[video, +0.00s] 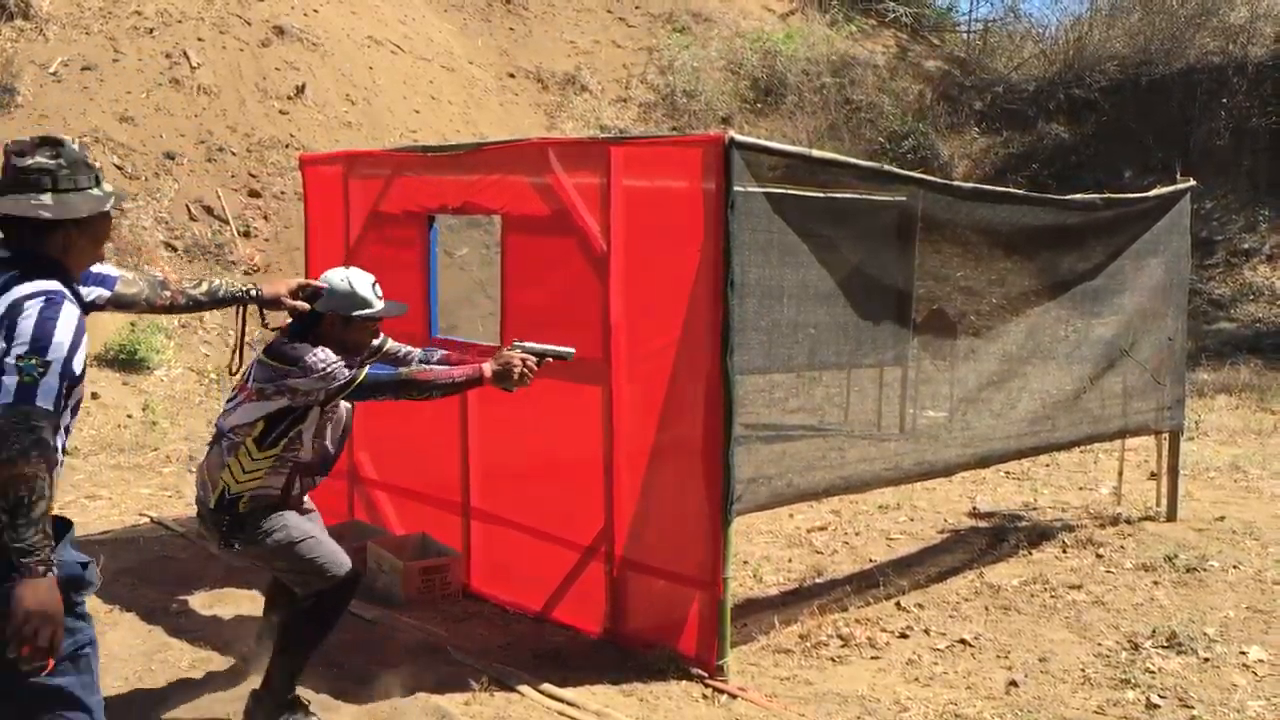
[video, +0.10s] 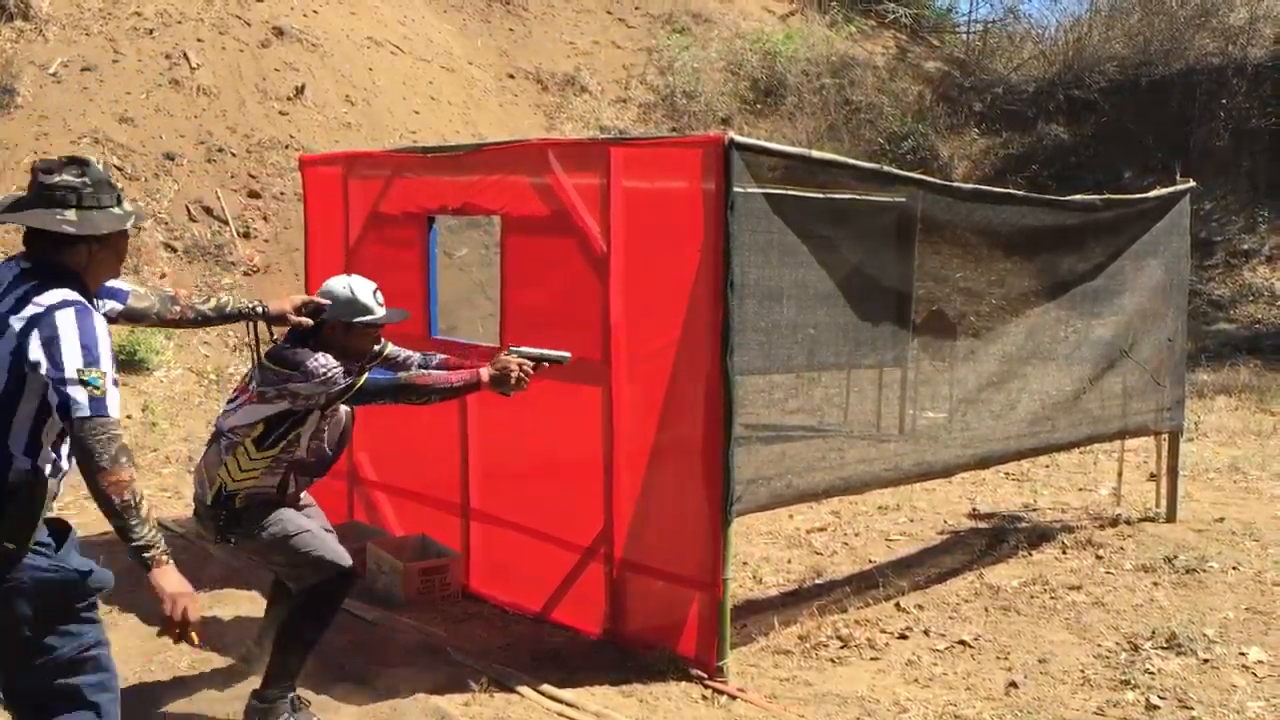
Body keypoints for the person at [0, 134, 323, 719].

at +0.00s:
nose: (109, 227)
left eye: (106, 215)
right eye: (102, 216)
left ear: (32, 227)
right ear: (66, 231)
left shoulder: (29, 276)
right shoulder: (47, 308)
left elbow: (155, 293)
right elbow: (25, 443)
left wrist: (256, 293)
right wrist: (30, 567)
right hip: (20, 545)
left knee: (70, 577)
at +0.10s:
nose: (127, 249)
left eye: (125, 236)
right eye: (121, 237)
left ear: (48, 240)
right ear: (85, 247)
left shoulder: (20, 276)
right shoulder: (70, 318)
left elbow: (156, 307)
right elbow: (102, 458)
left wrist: (262, 310)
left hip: (17, 532)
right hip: (19, 549)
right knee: (82, 698)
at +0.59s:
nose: (108, 228)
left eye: (105, 217)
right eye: (96, 219)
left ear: (64, 231)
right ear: (57, 232)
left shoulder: (79, 276)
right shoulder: (13, 295)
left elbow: (179, 301)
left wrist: (275, 314)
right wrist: (40, 482)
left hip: (16, 475)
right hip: (4, 480)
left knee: (46, 581)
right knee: (66, 583)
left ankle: (18, 698)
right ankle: (22, 707)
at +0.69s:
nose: (105, 221)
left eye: (103, 210)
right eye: (93, 211)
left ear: (66, 220)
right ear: (52, 220)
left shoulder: (84, 268)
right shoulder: (8, 283)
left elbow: (181, 294)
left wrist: (280, 311)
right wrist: (4, 479)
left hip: (17, 460)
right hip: (1, 467)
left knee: (29, 586)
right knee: (40, 585)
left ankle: (19, 706)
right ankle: (19, 709)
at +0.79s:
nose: (105, 224)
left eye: (103, 212)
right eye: (93, 213)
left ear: (65, 219)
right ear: (52, 220)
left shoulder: (87, 265)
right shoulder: (9, 284)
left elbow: (183, 291)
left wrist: (280, 307)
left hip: (19, 448)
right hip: (3, 451)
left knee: (19, 577)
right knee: (22, 579)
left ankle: (12, 704)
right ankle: (12, 707)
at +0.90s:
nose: (107, 226)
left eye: (104, 215)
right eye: (95, 217)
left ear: (68, 225)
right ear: (55, 227)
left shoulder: (89, 267)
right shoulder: (6, 289)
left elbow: (183, 291)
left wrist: (276, 308)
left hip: (19, 443)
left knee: (15, 592)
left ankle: (10, 709)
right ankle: (11, 709)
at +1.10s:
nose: (103, 226)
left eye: (100, 215)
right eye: (90, 218)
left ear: (64, 226)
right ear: (49, 227)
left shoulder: (84, 271)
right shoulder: (7, 291)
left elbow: (177, 298)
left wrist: (265, 310)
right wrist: (3, 490)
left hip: (5, 454)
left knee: (15, 587)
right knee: (17, 589)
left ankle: (12, 701)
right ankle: (10, 706)